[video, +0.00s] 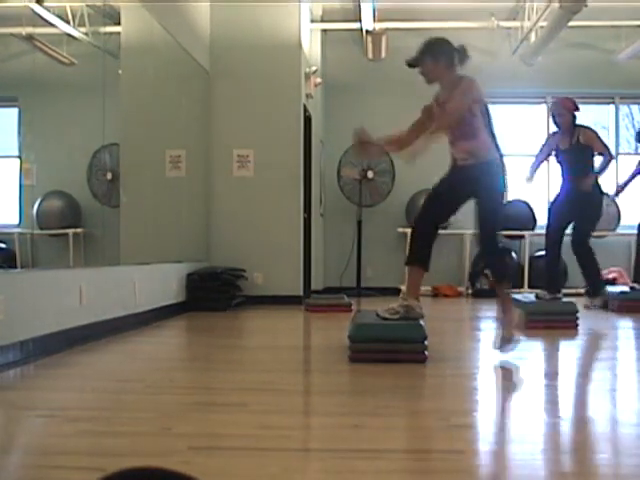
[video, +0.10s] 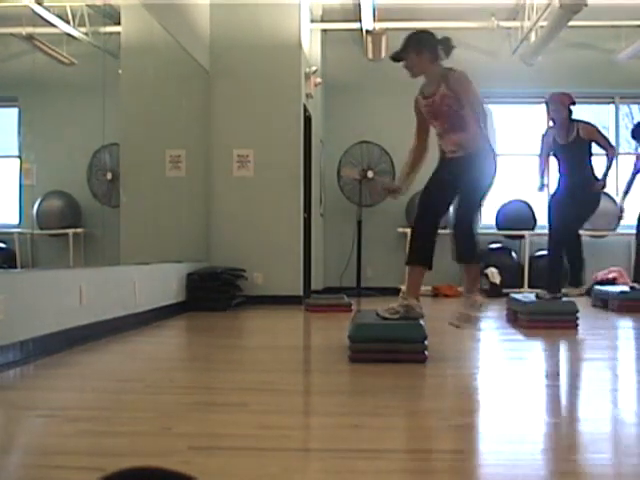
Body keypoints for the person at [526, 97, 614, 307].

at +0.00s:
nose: (558, 120)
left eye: (561, 115)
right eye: (555, 116)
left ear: (572, 115)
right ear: (552, 118)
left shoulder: (586, 134)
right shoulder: (554, 139)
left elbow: (608, 156)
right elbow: (540, 158)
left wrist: (596, 175)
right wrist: (531, 174)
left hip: (589, 194)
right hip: (567, 193)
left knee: (579, 241)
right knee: (552, 237)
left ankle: (596, 291)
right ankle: (552, 289)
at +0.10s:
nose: (553, 112)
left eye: (557, 107)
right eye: (551, 108)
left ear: (567, 108)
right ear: (549, 111)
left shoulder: (585, 130)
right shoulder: (549, 136)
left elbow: (611, 152)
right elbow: (544, 159)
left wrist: (603, 179)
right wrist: (542, 181)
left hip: (587, 188)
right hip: (564, 188)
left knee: (568, 229)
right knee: (556, 236)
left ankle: (576, 282)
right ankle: (553, 287)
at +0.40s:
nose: (554, 113)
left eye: (558, 109)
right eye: (553, 109)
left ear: (570, 108)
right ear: (553, 111)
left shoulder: (587, 126)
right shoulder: (555, 132)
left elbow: (611, 145)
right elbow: (542, 150)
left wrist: (596, 155)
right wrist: (530, 159)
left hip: (588, 187)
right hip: (566, 187)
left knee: (570, 231)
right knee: (557, 232)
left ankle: (567, 284)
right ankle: (552, 285)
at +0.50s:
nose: (560, 111)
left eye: (564, 107)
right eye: (559, 107)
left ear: (576, 107)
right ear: (562, 109)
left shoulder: (593, 124)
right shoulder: (563, 130)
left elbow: (603, 131)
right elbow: (539, 138)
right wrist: (518, 132)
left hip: (595, 189)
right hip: (573, 190)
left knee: (584, 235)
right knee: (561, 237)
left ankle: (597, 290)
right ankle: (552, 288)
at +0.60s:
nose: (568, 117)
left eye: (572, 112)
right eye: (568, 112)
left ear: (584, 113)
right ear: (569, 115)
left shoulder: (593, 132)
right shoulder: (574, 134)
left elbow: (586, 115)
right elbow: (545, 128)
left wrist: (571, 98)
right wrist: (531, 109)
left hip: (600, 196)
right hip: (582, 197)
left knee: (599, 246)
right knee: (561, 240)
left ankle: (620, 298)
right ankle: (553, 290)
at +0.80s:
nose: (582, 134)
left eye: (585, 129)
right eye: (581, 131)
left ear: (596, 130)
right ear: (595, 132)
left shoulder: (605, 150)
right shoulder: (600, 152)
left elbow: (585, 139)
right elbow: (582, 140)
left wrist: (566, 122)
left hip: (615, 213)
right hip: (604, 212)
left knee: (620, 265)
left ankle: (634, 313)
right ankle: (553, 284)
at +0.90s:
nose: (584, 128)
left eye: (587, 124)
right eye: (584, 124)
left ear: (599, 125)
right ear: (595, 125)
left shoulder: (604, 141)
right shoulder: (599, 143)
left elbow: (600, 146)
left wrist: (570, 147)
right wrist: (568, 146)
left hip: (618, 208)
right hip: (605, 207)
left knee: (622, 260)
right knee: (572, 232)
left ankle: (632, 312)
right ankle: (566, 284)